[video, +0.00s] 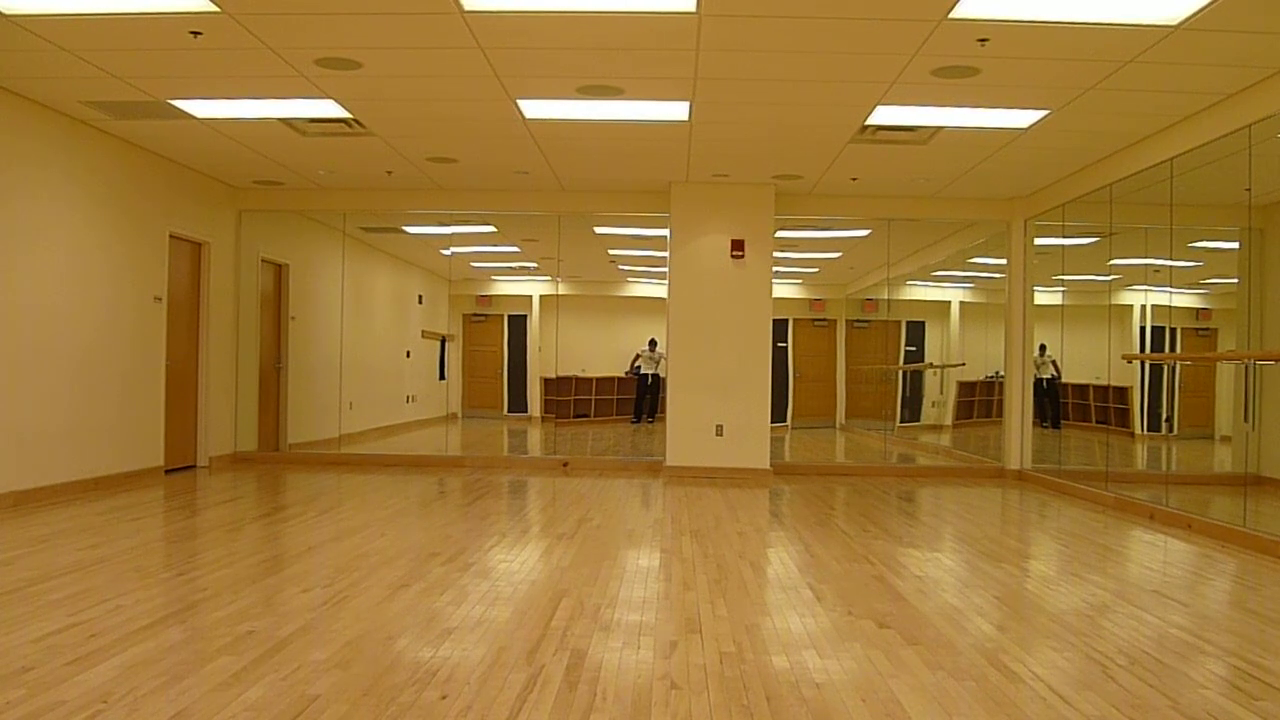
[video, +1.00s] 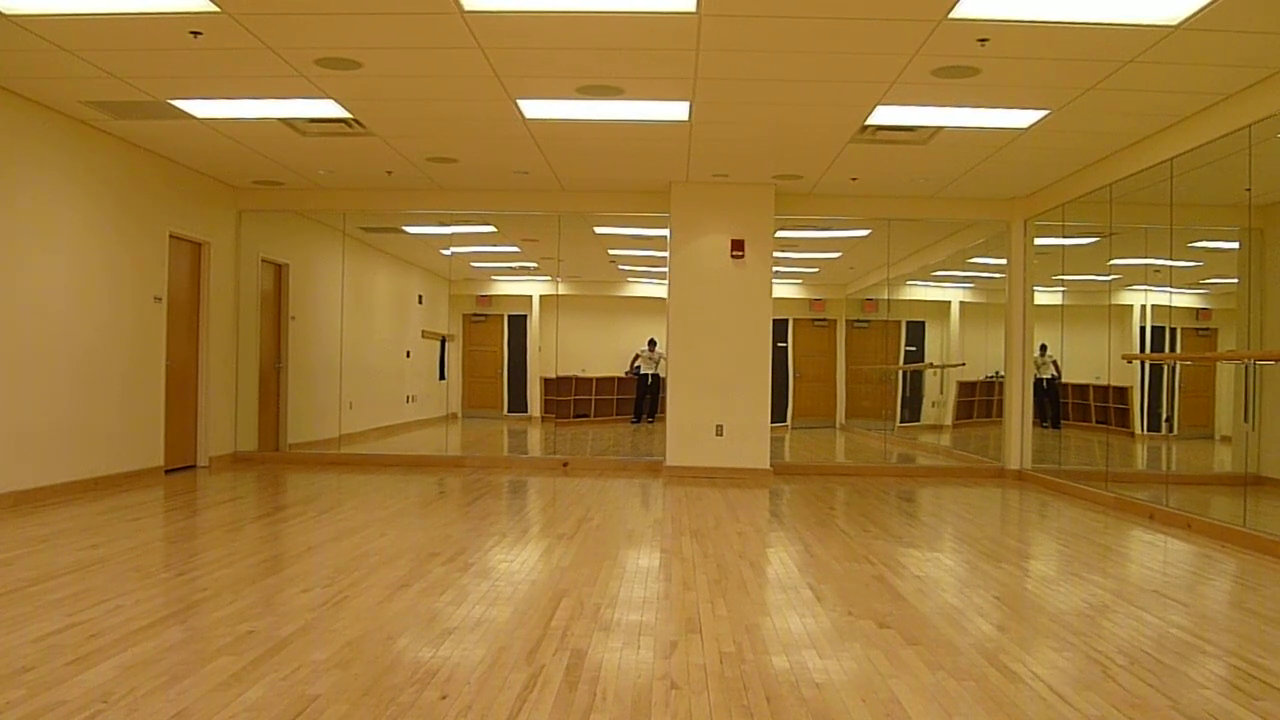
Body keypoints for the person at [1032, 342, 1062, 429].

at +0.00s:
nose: (1042, 352)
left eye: (1043, 350)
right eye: (1041, 350)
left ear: (1046, 350)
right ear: (1039, 350)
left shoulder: (1049, 357)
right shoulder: (1035, 359)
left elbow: (1056, 367)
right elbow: (1033, 368)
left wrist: (1059, 375)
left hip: (1050, 378)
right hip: (1039, 378)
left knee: (1054, 400)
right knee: (1040, 401)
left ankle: (1055, 421)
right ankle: (1043, 421)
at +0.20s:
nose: (1042, 352)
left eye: (1043, 350)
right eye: (1041, 350)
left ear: (1046, 350)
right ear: (1039, 350)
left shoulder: (1049, 357)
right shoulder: (1035, 359)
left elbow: (1056, 367)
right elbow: (1033, 368)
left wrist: (1059, 375)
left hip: (1050, 378)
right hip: (1039, 378)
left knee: (1054, 400)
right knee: (1040, 401)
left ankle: (1055, 421)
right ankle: (1043, 421)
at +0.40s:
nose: (1042, 352)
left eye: (1043, 350)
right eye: (1041, 350)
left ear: (1046, 350)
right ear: (1039, 350)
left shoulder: (1049, 357)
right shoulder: (1035, 359)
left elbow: (1056, 367)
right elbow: (1034, 368)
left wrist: (1059, 375)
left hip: (1050, 378)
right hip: (1039, 378)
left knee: (1054, 400)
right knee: (1040, 401)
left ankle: (1055, 421)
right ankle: (1043, 421)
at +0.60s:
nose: (1042, 352)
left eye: (1043, 350)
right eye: (1041, 350)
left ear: (1046, 350)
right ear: (1038, 350)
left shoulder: (1050, 357)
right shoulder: (1035, 359)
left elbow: (1056, 367)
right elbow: (1034, 368)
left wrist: (1059, 375)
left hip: (1050, 378)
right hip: (1039, 378)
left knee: (1054, 400)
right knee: (1040, 401)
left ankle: (1055, 421)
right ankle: (1043, 421)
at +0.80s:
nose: (1042, 353)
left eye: (1044, 351)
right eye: (1041, 351)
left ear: (1046, 351)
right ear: (1039, 350)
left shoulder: (1050, 357)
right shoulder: (1035, 359)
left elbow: (1056, 367)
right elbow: (1033, 368)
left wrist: (1059, 375)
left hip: (1050, 378)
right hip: (1039, 378)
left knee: (1054, 400)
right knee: (1041, 401)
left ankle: (1055, 421)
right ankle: (1043, 421)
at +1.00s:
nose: (1042, 353)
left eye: (1044, 351)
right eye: (1041, 351)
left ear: (1047, 351)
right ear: (1039, 350)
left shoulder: (1050, 357)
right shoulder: (1035, 359)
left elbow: (1056, 367)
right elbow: (1034, 369)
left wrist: (1059, 376)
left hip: (1050, 378)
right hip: (1039, 378)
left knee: (1054, 400)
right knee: (1041, 401)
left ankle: (1055, 422)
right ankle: (1043, 421)